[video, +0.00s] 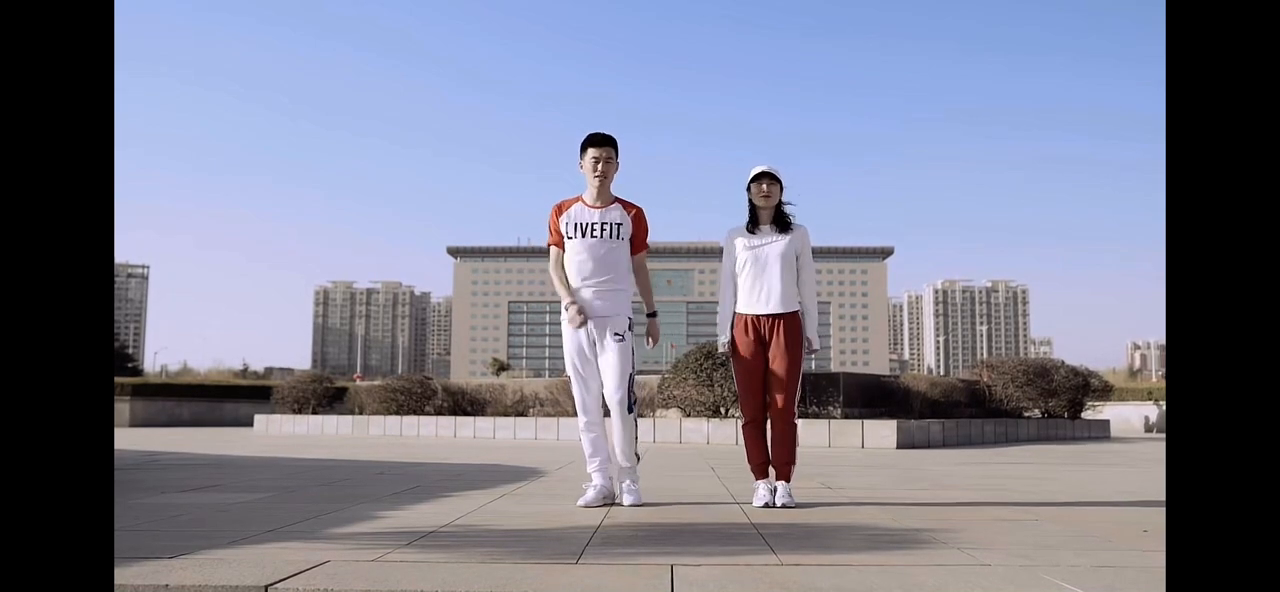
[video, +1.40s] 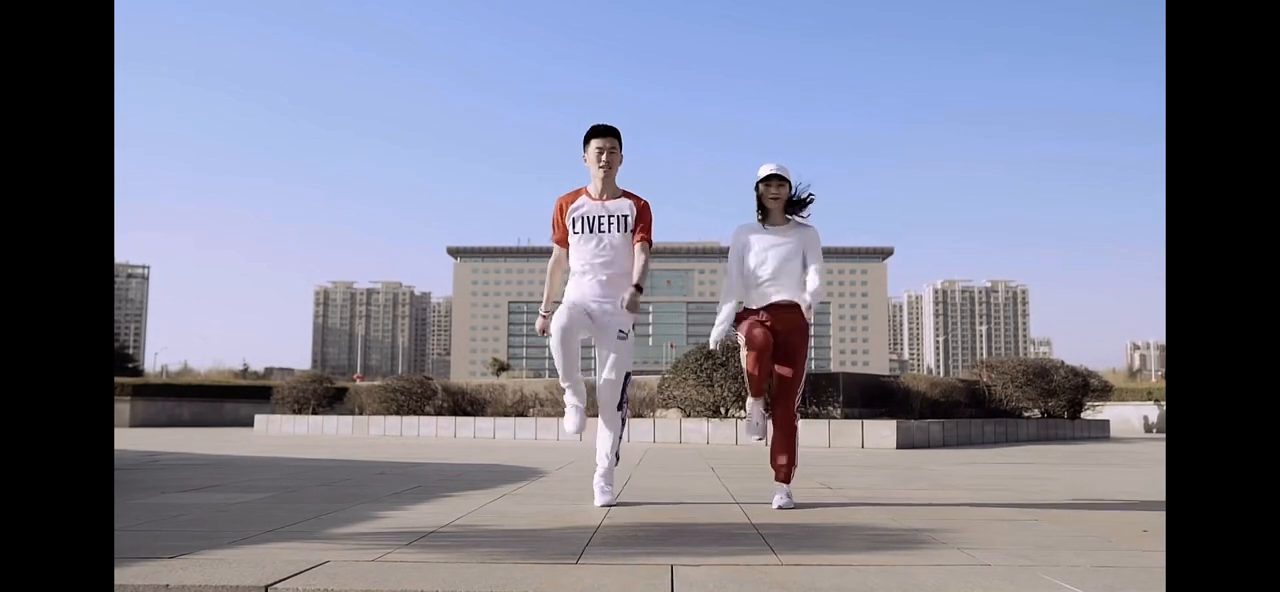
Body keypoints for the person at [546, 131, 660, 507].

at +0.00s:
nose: (601, 166)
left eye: (608, 160)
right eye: (594, 160)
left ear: (617, 166)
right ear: (582, 166)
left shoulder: (632, 213)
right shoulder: (562, 212)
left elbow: (640, 266)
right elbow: (555, 265)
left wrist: (651, 313)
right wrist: (569, 300)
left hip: (616, 312)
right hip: (576, 312)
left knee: (619, 398)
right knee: (587, 402)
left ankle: (628, 479)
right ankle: (600, 481)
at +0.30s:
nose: (600, 161)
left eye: (606, 155)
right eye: (593, 155)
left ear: (615, 161)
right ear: (580, 162)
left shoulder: (632, 209)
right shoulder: (560, 207)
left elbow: (645, 261)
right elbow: (542, 257)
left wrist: (641, 261)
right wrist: (523, 305)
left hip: (618, 307)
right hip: (576, 311)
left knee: (627, 386)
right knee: (584, 399)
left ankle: (633, 454)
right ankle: (598, 479)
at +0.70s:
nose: (597, 147)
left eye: (604, 142)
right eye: (591, 142)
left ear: (615, 151)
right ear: (580, 151)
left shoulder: (632, 196)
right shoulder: (564, 200)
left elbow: (642, 247)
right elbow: (561, 256)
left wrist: (648, 288)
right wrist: (559, 306)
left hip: (621, 300)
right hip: (582, 303)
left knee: (624, 371)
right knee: (593, 393)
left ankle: (631, 436)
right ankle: (603, 471)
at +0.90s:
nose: (606, 162)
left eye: (614, 157)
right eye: (600, 157)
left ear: (626, 166)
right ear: (590, 165)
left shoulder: (641, 215)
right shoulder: (570, 208)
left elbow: (644, 259)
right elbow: (546, 257)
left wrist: (650, 294)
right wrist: (556, 244)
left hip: (626, 302)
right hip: (586, 307)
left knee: (613, 309)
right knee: (596, 396)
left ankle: (620, 400)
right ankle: (617, 478)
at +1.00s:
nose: (613, 151)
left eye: (620, 146)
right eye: (607, 145)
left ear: (629, 154)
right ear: (593, 152)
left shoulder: (639, 198)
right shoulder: (571, 192)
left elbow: (643, 235)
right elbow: (540, 239)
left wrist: (651, 260)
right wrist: (562, 211)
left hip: (623, 297)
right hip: (584, 301)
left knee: (616, 369)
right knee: (594, 386)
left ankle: (613, 468)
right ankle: (614, 463)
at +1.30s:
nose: (612, 151)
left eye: (618, 145)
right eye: (605, 145)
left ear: (627, 152)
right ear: (592, 151)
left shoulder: (642, 199)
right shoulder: (571, 195)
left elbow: (647, 248)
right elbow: (551, 243)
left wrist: (657, 294)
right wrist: (555, 278)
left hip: (620, 306)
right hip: (578, 304)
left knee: (617, 391)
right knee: (576, 386)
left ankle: (615, 477)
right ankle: (593, 450)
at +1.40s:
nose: (605, 157)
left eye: (612, 151)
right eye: (598, 151)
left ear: (621, 157)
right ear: (585, 157)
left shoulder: (638, 207)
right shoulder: (567, 204)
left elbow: (642, 250)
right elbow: (558, 258)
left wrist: (635, 287)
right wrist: (546, 307)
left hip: (617, 305)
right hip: (578, 300)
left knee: (610, 393)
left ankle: (604, 475)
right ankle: (574, 397)